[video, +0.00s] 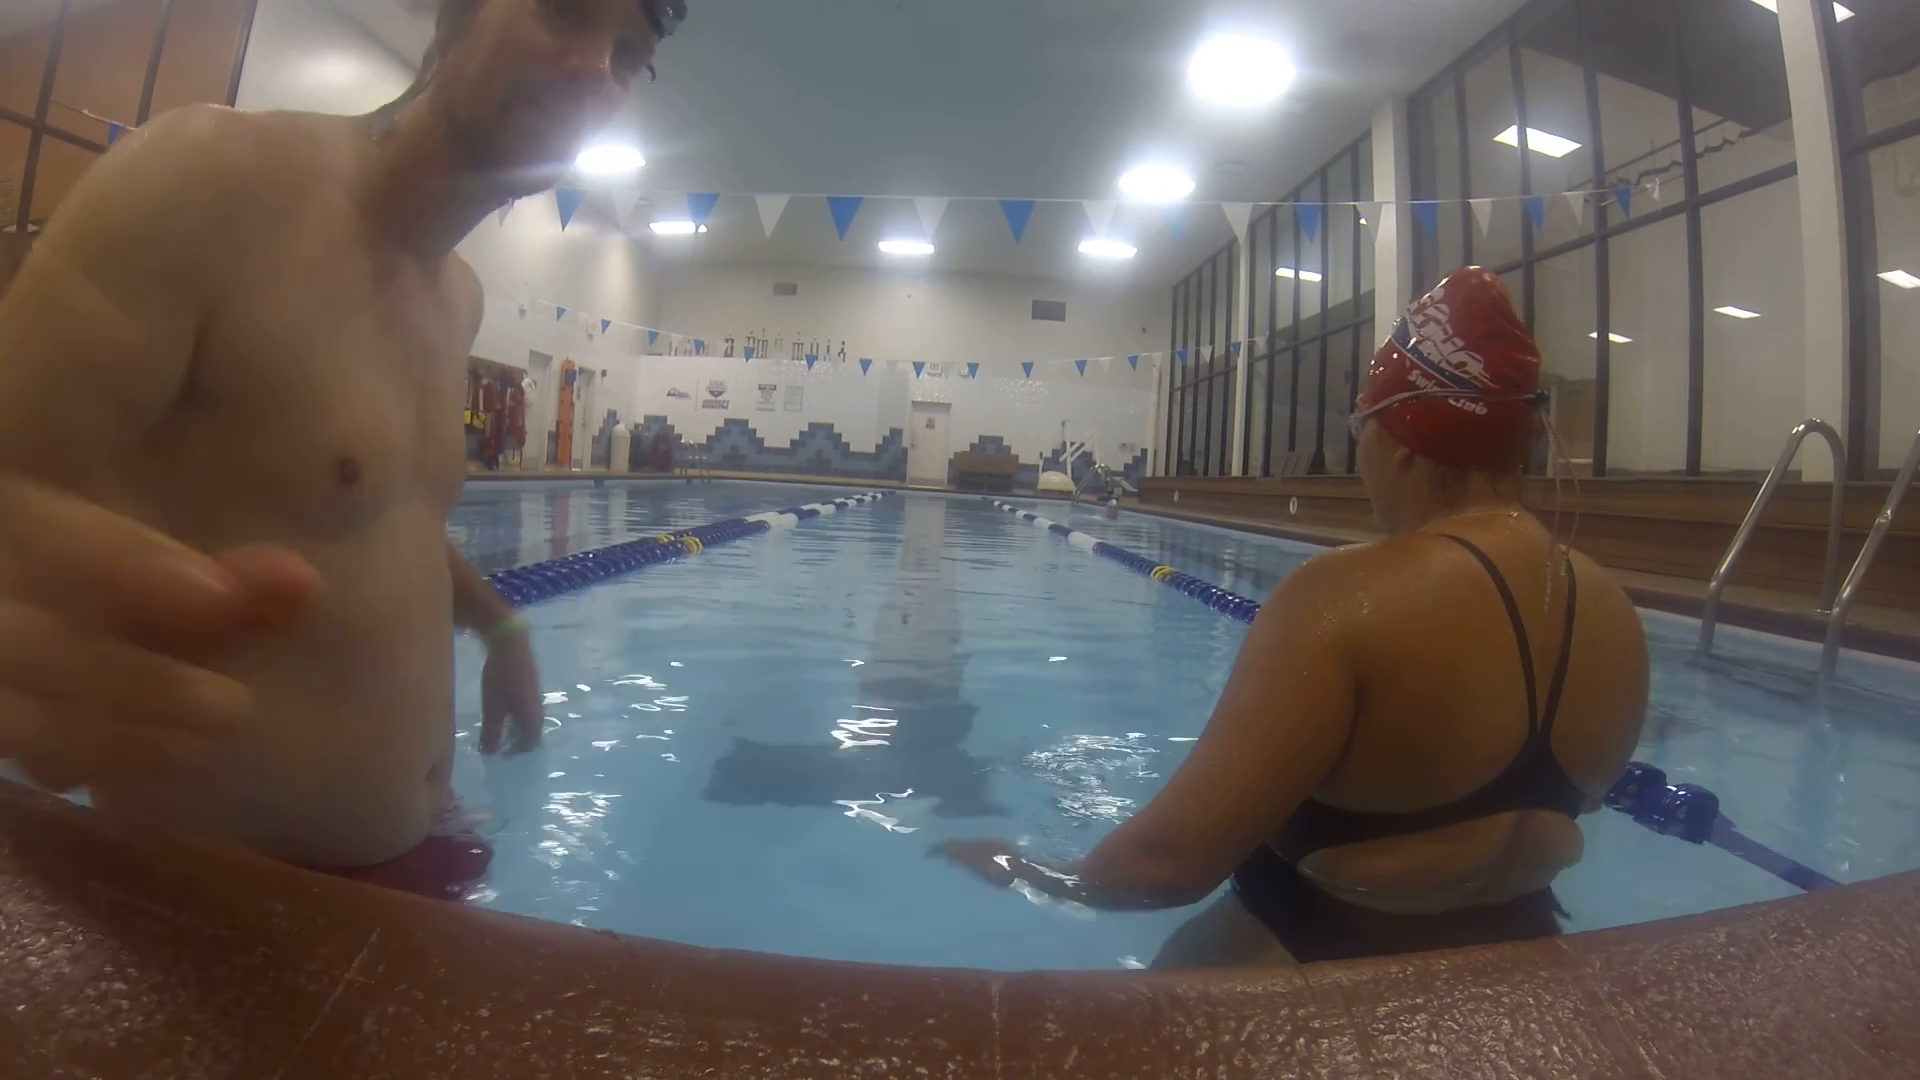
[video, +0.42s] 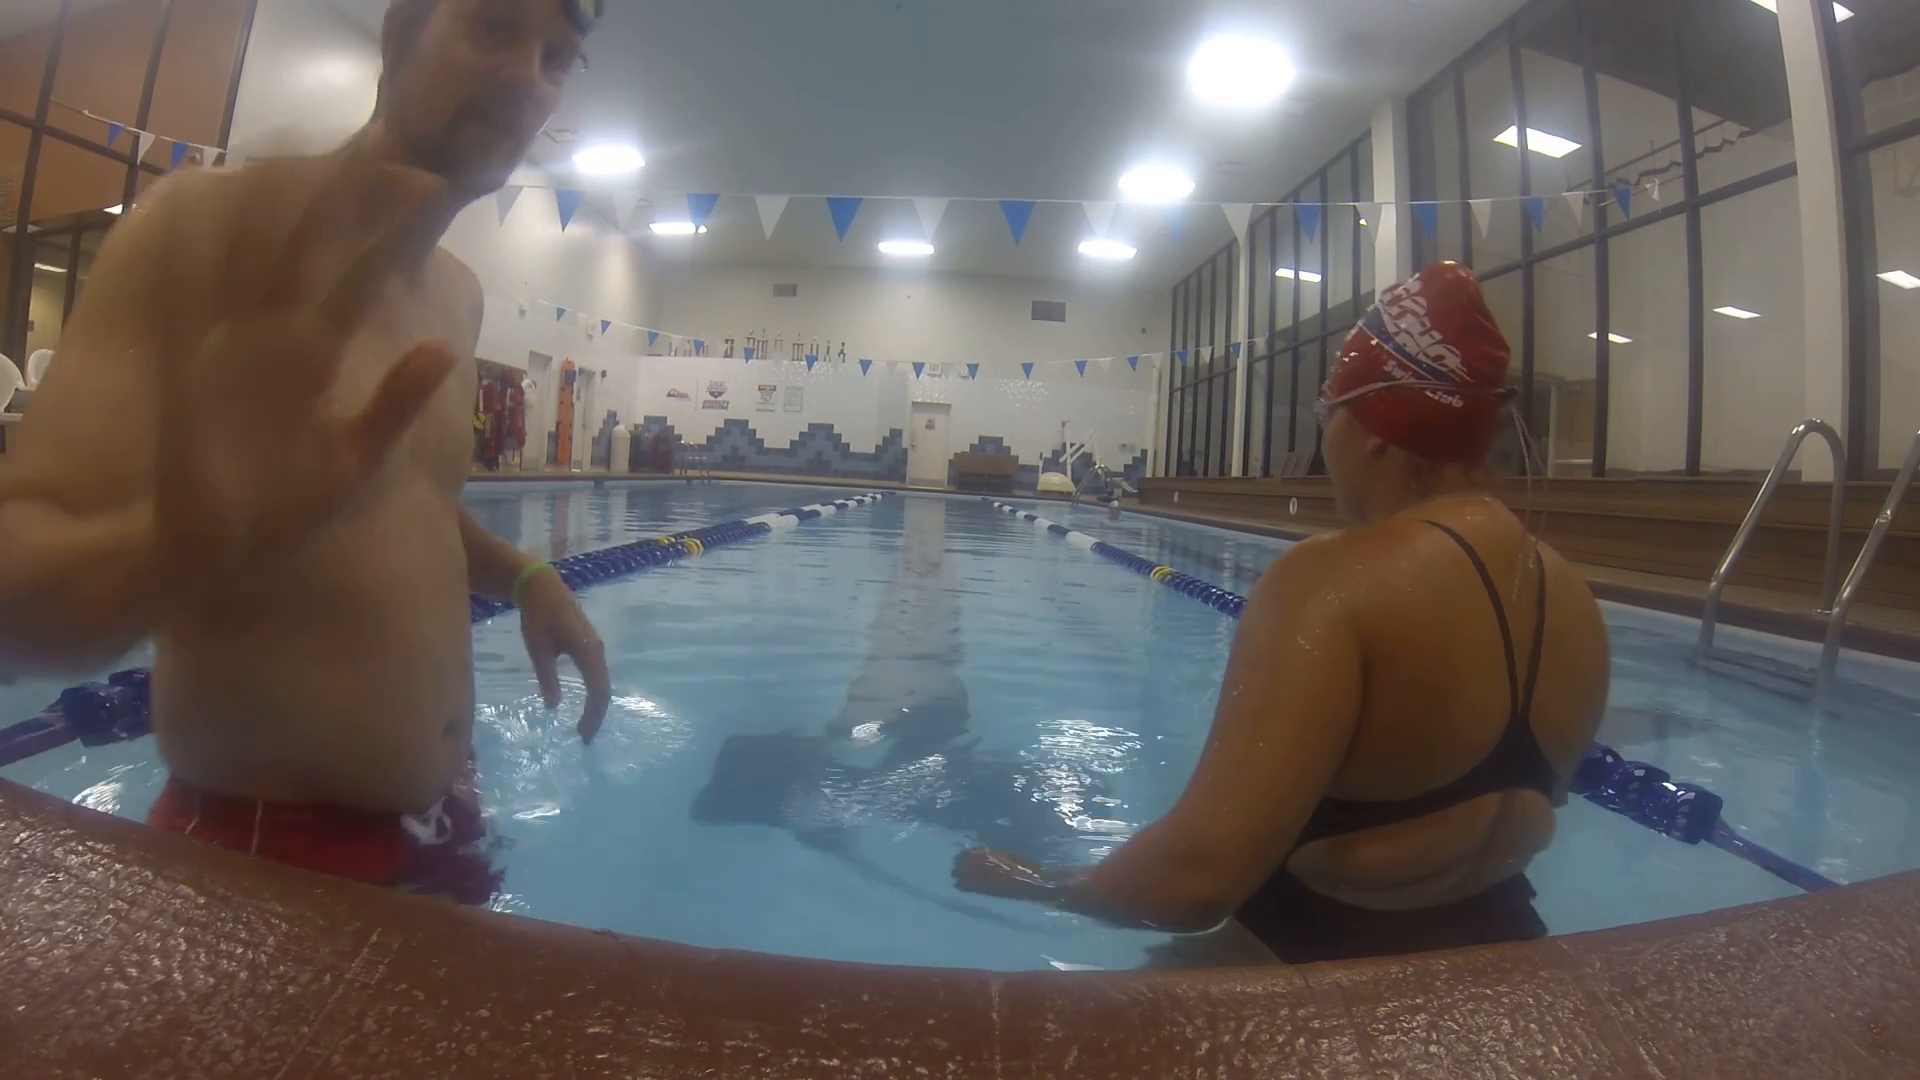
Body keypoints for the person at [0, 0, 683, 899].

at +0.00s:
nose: (593, 70)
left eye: (628, 56)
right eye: (564, 13)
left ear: (631, 97)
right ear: (451, 14)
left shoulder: (457, 294)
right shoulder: (204, 177)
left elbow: (379, 516)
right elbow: (25, 485)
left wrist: (496, 620)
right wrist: (58, 607)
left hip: (407, 875)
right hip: (194, 897)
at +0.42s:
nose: (527, 80)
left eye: (557, 58)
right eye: (494, 28)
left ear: (564, 93)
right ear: (396, 30)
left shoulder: (454, 295)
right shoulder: (200, 226)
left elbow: (413, 505)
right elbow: (18, 588)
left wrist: (527, 579)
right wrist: (181, 546)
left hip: (438, 837)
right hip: (251, 848)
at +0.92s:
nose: (533, 196)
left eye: (559, 181)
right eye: (505, 162)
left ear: (567, 213)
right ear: (438, 173)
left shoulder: (510, 377)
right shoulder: (296, 327)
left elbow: (508, 536)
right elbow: (168, 584)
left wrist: (545, 621)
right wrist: (292, 556)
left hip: (474, 783)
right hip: (337, 783)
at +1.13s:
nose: (577, 233)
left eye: (599, 218)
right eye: (557, 198)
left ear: (606, 242)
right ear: (493, 190)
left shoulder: (534, 389)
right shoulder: (341, 309)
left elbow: (521, 554)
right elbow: (174, 473)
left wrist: (543, 618)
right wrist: (316, 454)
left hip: (466, 758)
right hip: (331, 751)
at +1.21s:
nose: (600, 271)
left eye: (621, 262)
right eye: (584, 234)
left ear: (627, 277)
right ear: (522, 218)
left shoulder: (545, 407)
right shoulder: (356, 311)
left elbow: (523, 565)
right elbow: (172, 456)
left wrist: (541, 621)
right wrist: (340, 443)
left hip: (463, 744)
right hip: (323, 740)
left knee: (488, 843)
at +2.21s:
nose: (636, 314)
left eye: (654, 303)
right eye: (625, 277)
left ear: (654, 323)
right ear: (559, 258)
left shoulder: (568, 448)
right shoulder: (387, 345)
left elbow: (531, 590)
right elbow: (195, 501)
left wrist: (543, 631)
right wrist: (391, 535)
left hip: (460, 738)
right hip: (318, 735)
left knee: (506, 839)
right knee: (355, 931)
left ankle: (426, 904)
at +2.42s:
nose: (577, 205)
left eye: (585, 185)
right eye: (554, 172)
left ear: (586, 213)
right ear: (469, 180)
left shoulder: (536, 386)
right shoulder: (327, 336)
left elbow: (531, 547)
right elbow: (198, 543)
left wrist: (539, 618)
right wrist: (371, 669)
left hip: (473, 743)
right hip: (340, 750)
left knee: (463, 867)